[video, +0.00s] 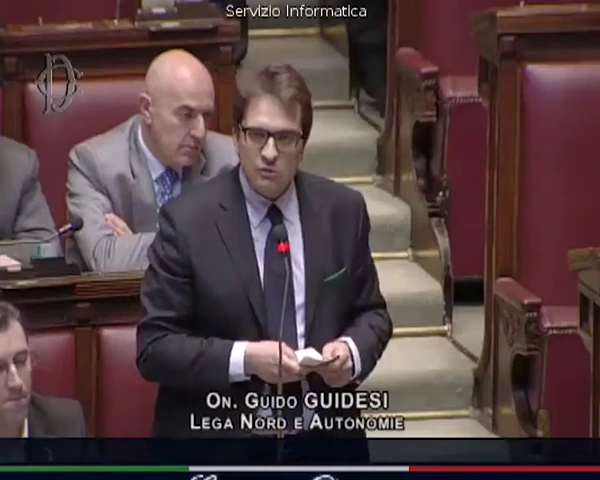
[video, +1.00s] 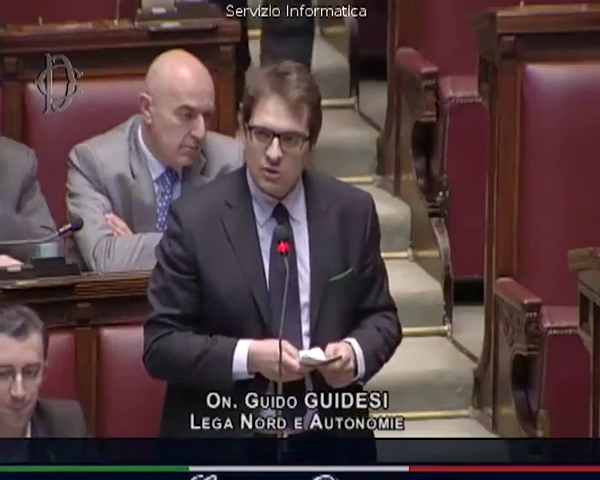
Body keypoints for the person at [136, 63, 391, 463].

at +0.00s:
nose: (270, 152)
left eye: (285, 138)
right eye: (256, 135)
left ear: (304, 142)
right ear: (237, 136)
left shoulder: (344, 210)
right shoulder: (186, 218)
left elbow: (373, 314)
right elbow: (154, 348)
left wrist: (352, 352)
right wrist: (245, 358)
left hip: (323, 437)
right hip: (216, 440)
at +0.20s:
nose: (270, 152)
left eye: (286, 137)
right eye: (256, 135)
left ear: (304, 142)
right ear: (237, 136)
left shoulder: (345, 210)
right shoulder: (186, 218)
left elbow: (374, 315)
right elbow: (154, 348)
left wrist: (351, 352)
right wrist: (245, 357)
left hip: (324, 437)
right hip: (217, 440)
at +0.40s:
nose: (271, 152)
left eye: (287, 137)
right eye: (258, 134)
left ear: (307, 142)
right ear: (240, 134)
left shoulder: (348, 210)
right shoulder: (190, 215)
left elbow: (377, 316)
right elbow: (157, 347)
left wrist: (353, 353)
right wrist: (246, 357)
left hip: (326, 438)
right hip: (219, 440)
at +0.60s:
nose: (272, 151)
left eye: (288, 137)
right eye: (259, 133)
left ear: (309, 141)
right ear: (241, 133)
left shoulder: (351, 210)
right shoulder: (191, 215)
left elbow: (380, 317)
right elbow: (159, 346)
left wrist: (354, 354)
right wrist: (247, 357)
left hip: (328, 439)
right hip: (220, 442)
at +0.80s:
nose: (273, 152)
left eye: (290, 137)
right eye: (260, 134)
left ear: (311, 143)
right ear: (242, 133)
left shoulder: (352, 210)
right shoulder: (193, 215)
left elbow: (381, 318)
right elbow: (160, 345)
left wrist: (354, 355)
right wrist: (247, 356)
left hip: (328, 438)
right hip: (221, 441)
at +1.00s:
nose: (274, 152)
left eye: (290, 139)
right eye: (261, 134)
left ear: (311, 142)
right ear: (243, 132)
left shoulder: (353, 210)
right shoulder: (193, 215)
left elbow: (382, 319)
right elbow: (161, 345)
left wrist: (354, 355)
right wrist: (248, 356)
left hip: (328, 437)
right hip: (221, 442)